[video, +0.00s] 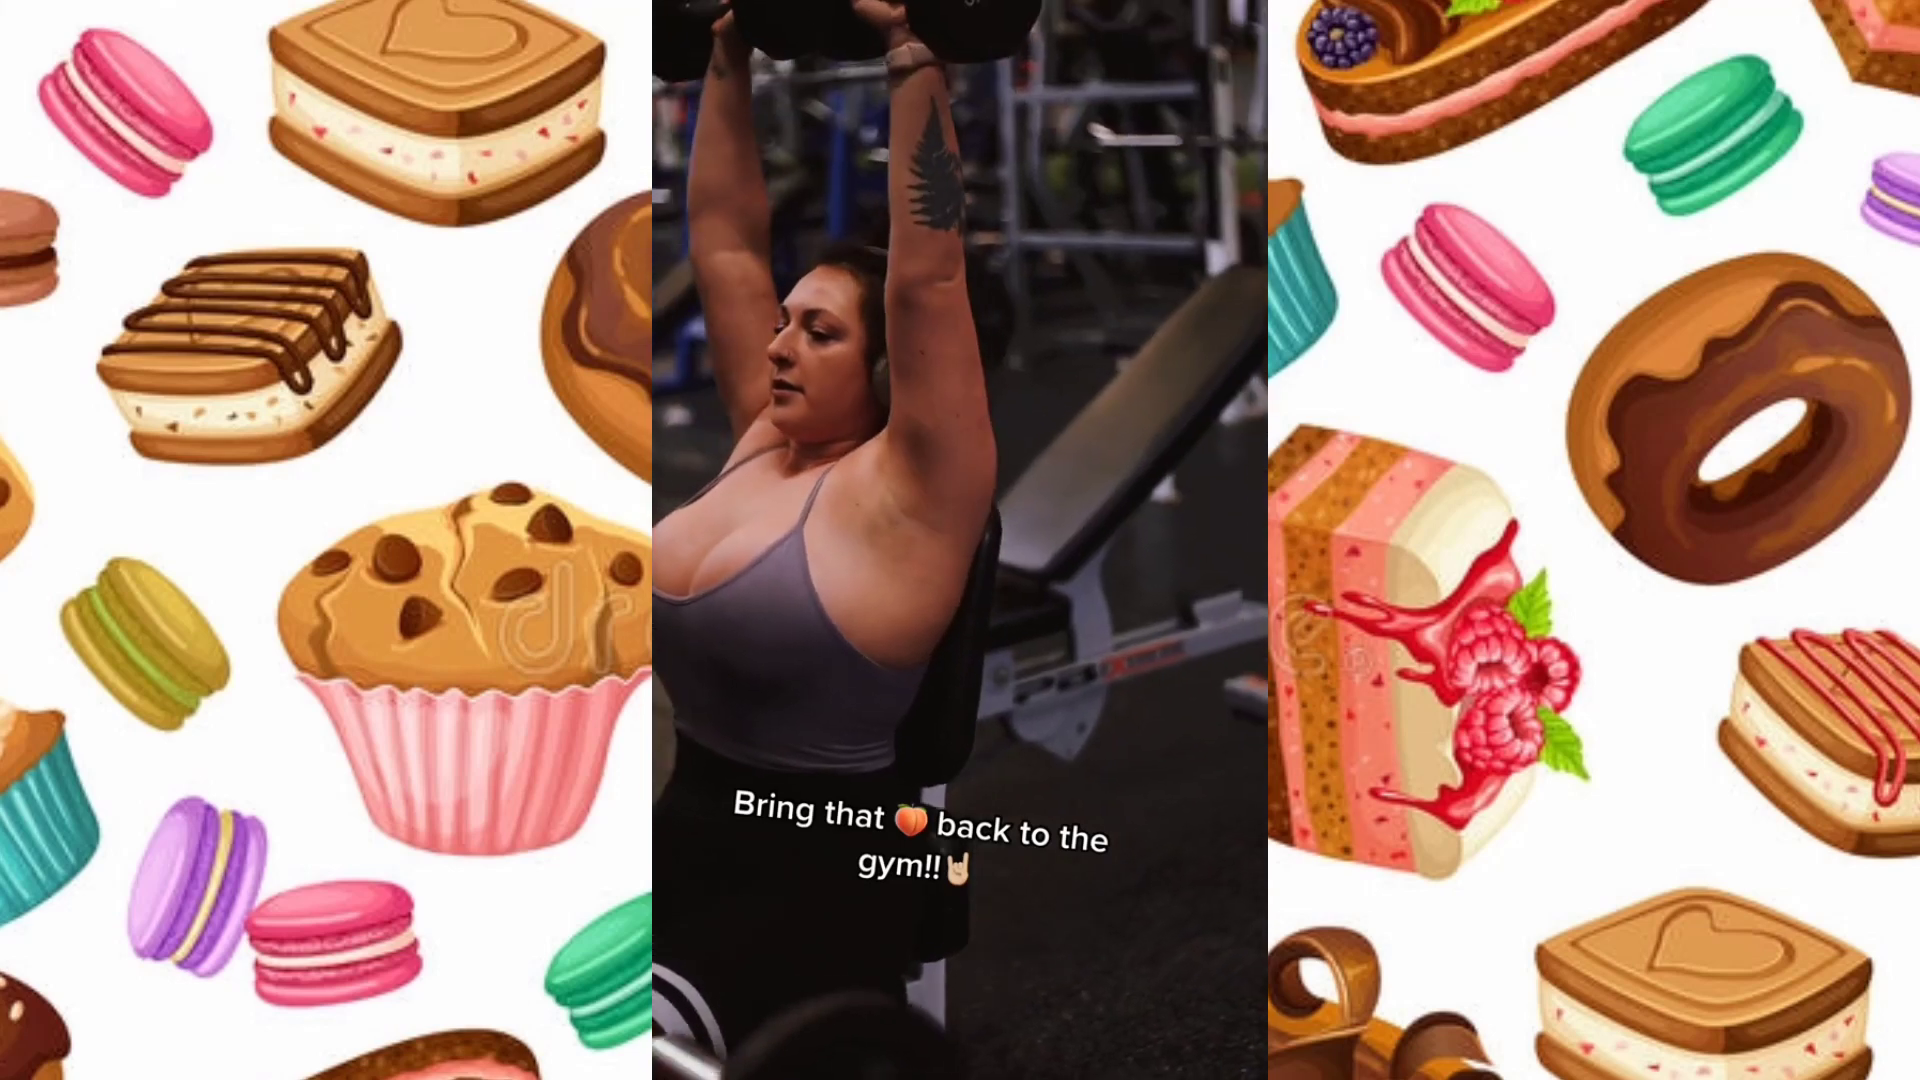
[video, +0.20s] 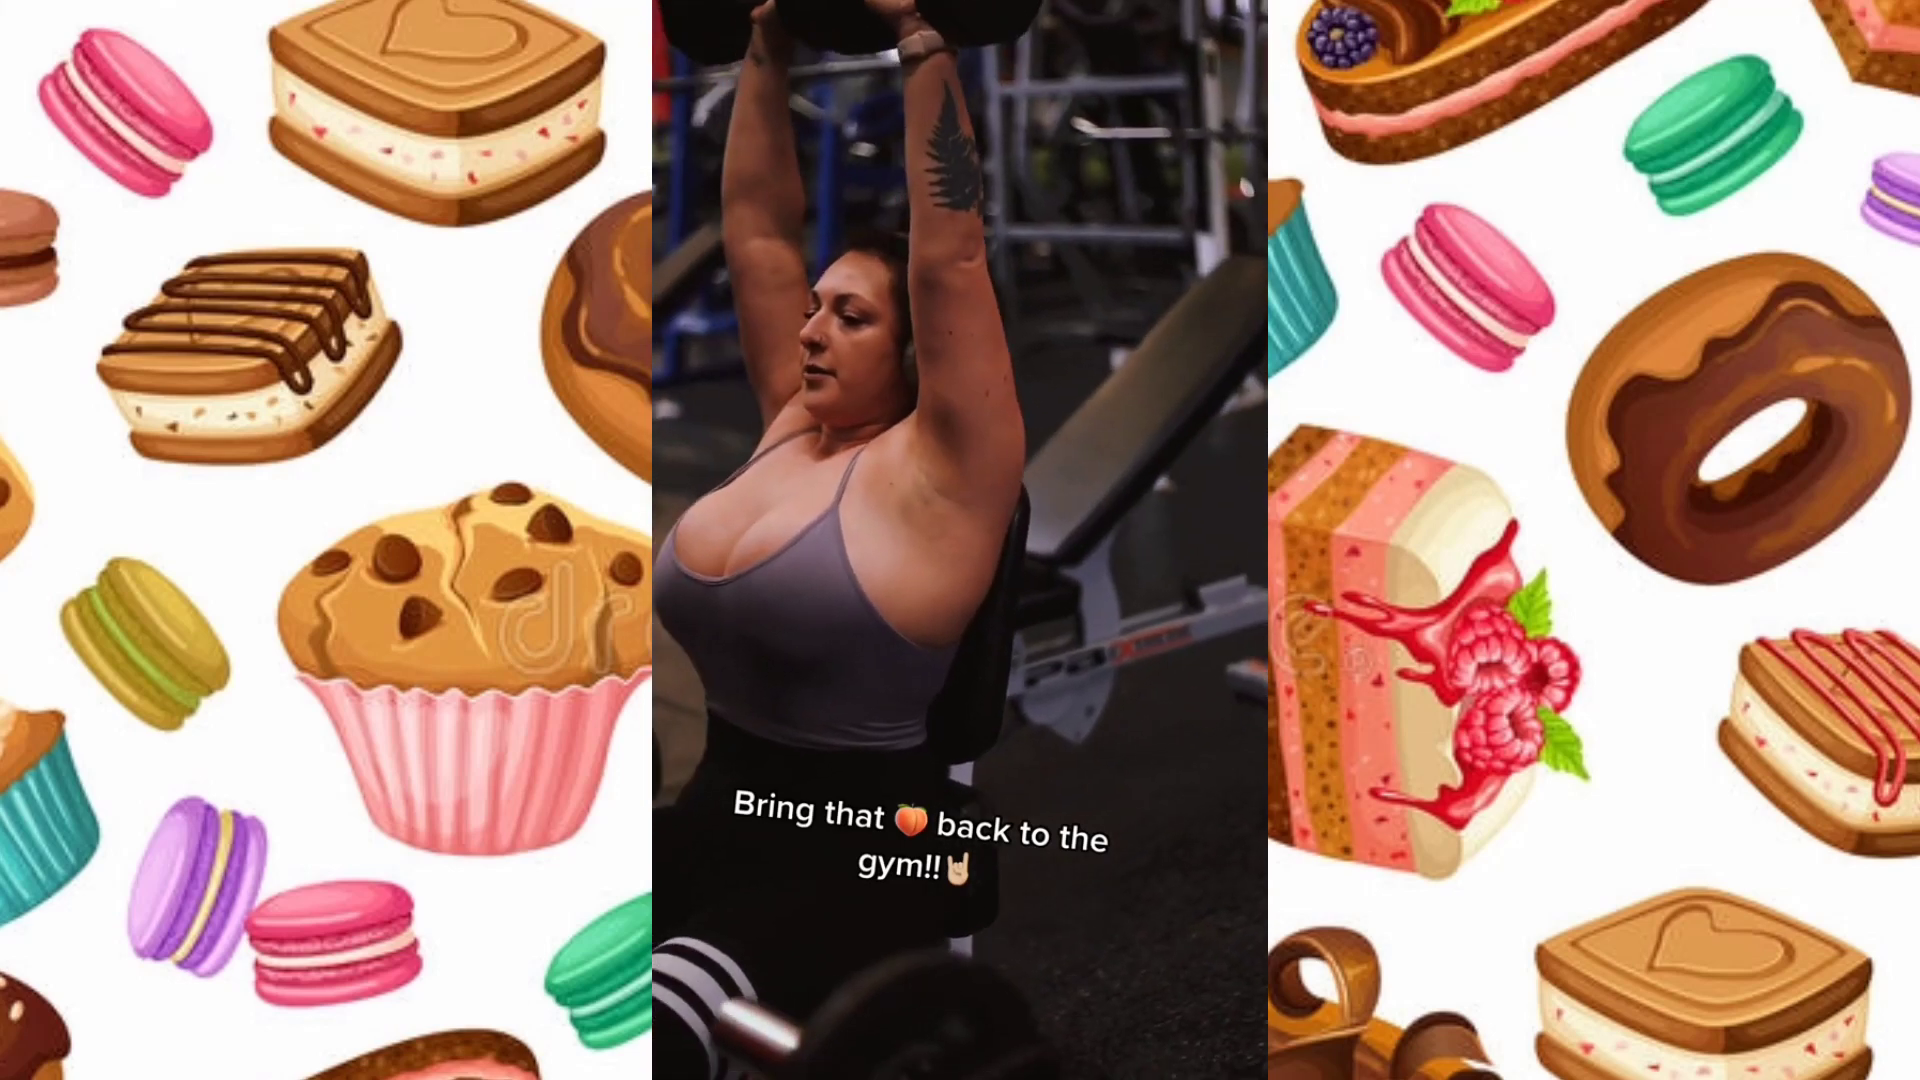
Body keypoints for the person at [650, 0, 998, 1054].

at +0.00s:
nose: (782, 343)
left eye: (818, 330)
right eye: (784, 322)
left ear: (884, 364)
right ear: (774, 340)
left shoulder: (916, 481)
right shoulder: (766, 440)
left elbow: (929, 277)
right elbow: (724, 243)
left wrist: (911, 52)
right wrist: (728, 48)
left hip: (821, 876)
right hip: (697, 843)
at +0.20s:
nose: (814, 332)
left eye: (852, 317)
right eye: (818, 306)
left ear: (914, 347)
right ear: (802, 320)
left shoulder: (950, 464)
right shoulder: (794, 424)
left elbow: (953, 260)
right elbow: (759, 223)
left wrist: (922, 42)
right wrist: (766, 45)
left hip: (866, 852)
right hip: (731, 823)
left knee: (864, 1055)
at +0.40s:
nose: (858, 295)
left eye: (895, 281)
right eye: (859, 273)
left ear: (957, 311)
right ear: (845, 290)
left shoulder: (991, 427)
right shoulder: (836, 392)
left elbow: (994, 223)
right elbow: (804, 190)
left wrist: (959, 29)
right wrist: (810, 13)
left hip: (897, 825)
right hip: (761, 789)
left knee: (661, 1010)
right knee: (554, 879)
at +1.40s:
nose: (842, 329)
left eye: (879, 312)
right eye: (839, 310)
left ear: (954, 350)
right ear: (825, 330)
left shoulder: (986, 480)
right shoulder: (804, 431)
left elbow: (1108, 343)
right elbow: (706, 307)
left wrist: (1061, 143)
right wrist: (730, 154)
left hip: (903, 847)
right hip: (755, 826)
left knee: (720, 1044)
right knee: (554, 931)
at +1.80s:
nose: (841, 340)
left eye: (879, 323)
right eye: (839, 318)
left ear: (950, 357)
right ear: (825, 333)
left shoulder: (985, 493)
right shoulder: (800, 452)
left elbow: (1174, 501)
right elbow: (693, 423)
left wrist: (1135, 308)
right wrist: (710, 289)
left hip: (906, 845)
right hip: (759, 823)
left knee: (738, 1037)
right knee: (552, 929)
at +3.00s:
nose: (885, 400)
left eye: (919, 386)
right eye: (884, 383)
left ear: (979, 421)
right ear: (871, 405)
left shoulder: (1009, 523)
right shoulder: (842, 490)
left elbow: (1080, 364)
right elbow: (769, 349)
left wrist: (1036, 201)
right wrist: (773, 201)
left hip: (945, 849)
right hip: (808, 832)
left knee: (810, 1028)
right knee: (605, 945)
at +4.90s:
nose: (857, 429)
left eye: (889, 414)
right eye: (852, 412)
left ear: (954, 445)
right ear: (838, 429)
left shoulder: (985, 566)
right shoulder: (812, 531)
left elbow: (1150, 528)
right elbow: (710, 485)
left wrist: (1096, 369)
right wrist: (736, 358)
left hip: (921, 879)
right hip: (783, 860)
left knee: (790, 1045)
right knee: (596, 972)